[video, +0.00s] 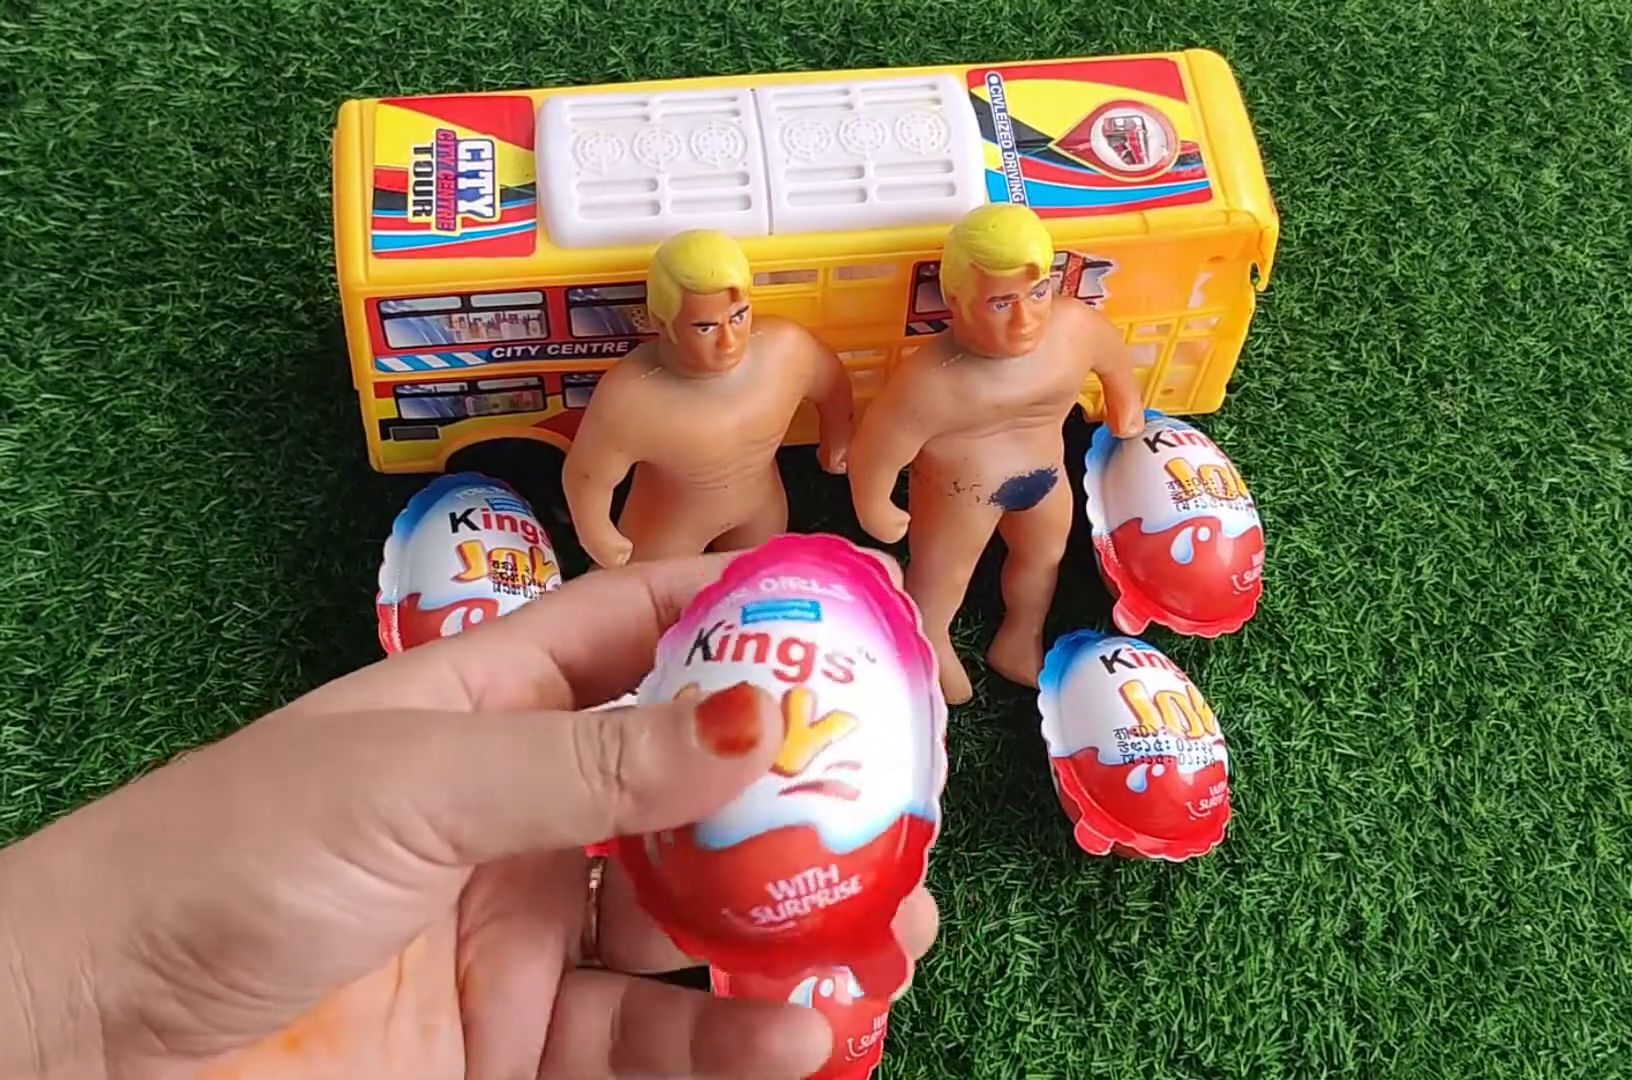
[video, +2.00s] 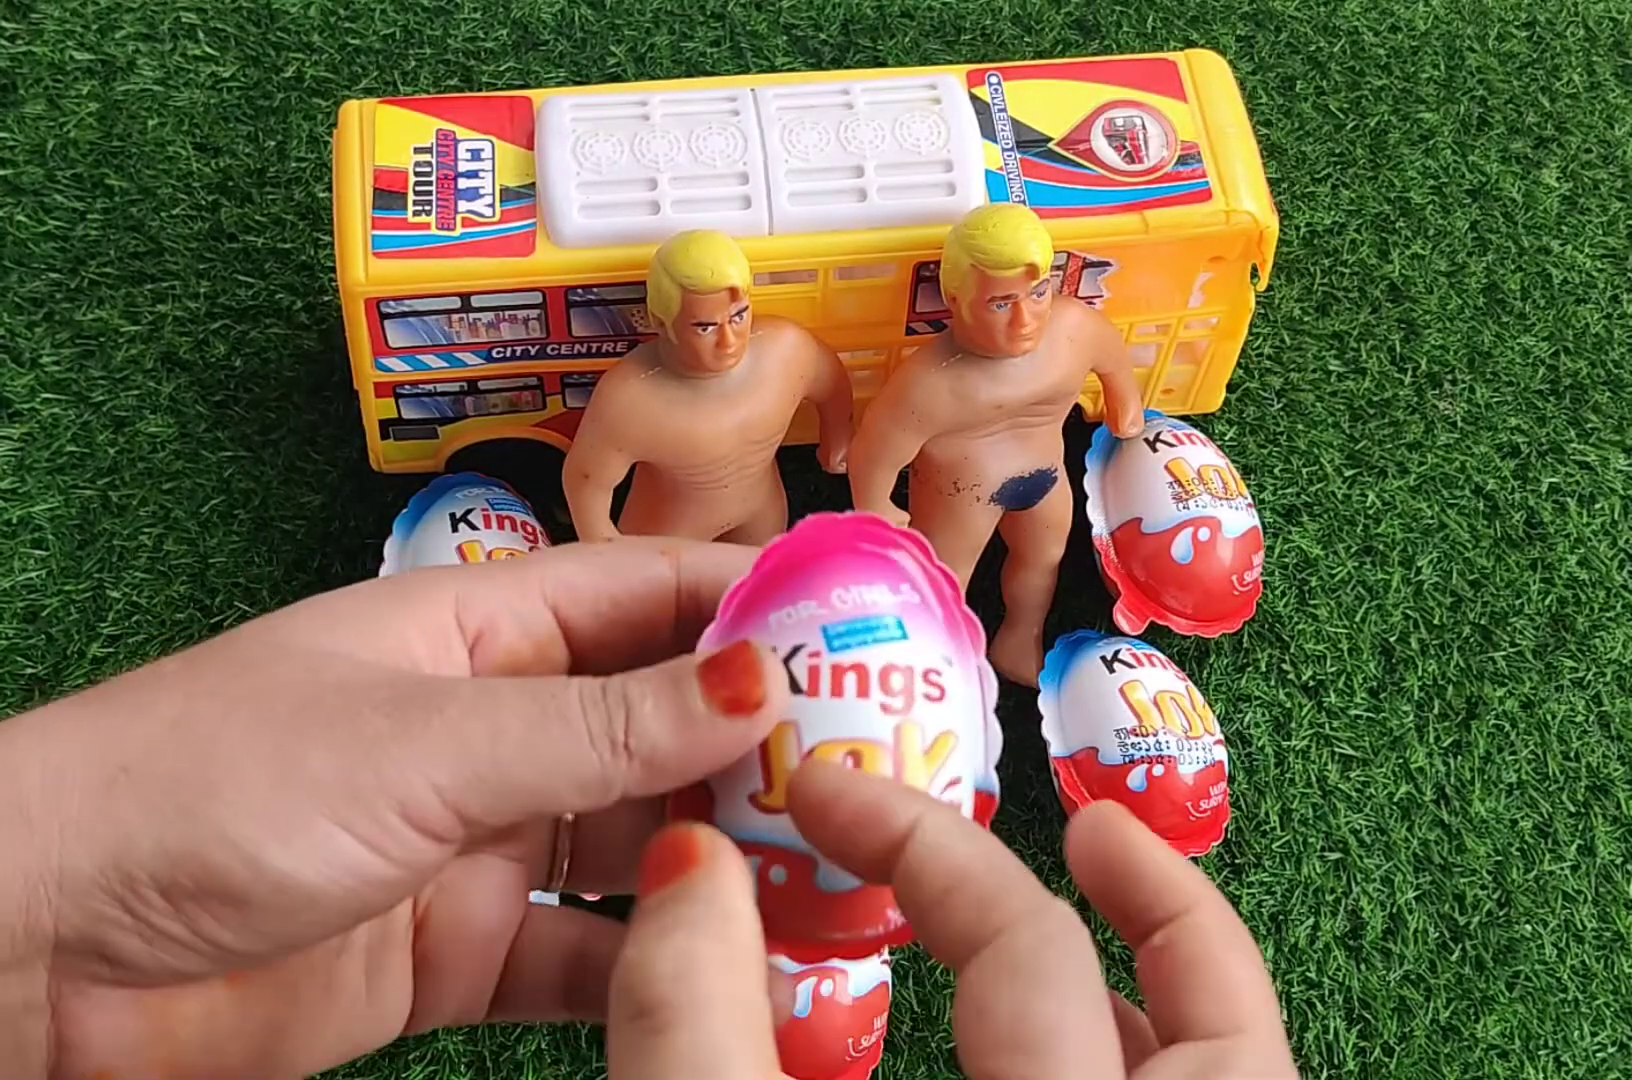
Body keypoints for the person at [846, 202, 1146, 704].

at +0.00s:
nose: (1023, 317)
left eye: (1036, 294)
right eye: (1000, 302)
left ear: (1050, 284)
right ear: (953, 304)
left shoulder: (1079, 328)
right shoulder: (927, 382)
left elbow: (1114, 360)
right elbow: (873, 453)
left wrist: (1126, 410)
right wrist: (878, 515)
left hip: (1045, 477)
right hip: (959, 493)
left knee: (1041, 560)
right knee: (942, 578)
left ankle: (1021, 642)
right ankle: (933, 642)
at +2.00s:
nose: (1025, 318)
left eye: (1037, 294)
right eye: (1000, 303)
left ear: (1050, 284)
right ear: (953, 303)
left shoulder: (1079, 327)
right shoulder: (927, 382)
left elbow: (1116, 364)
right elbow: (870, 460)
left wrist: (1127, 410)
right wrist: (878, 511)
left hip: (1045, 477)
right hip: (959, 491)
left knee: (1040, 564)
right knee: (943, 579)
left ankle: (1019, 644)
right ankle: (930, 654)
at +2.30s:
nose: (1025, 318)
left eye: (1037, 294)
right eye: (1000, 303)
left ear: (1050, 283)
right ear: (952, 303)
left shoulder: (1079, 327)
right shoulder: (926, 384)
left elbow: (1116, 364)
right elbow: (868, 474)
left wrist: (1127, 413)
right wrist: (874, 557)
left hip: (1045, 477)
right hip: (959, 491)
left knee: (1040, 564)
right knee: (945, 579)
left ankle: (1019, 645)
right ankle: (928, 653)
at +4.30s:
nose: (1024, 317)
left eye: (1036, 295)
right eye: (1000, 303)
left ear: (1050, 283)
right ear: (954, 303)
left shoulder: (1079, 327)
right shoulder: (927, 383)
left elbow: (1114, 361)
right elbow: (874, 452)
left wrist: (1127, 409)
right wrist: (877, 514)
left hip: (1045, 476)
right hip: (959, 492)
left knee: (1041, 560)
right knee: (941, 576)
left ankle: (1020, 642)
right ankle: (931, 644)